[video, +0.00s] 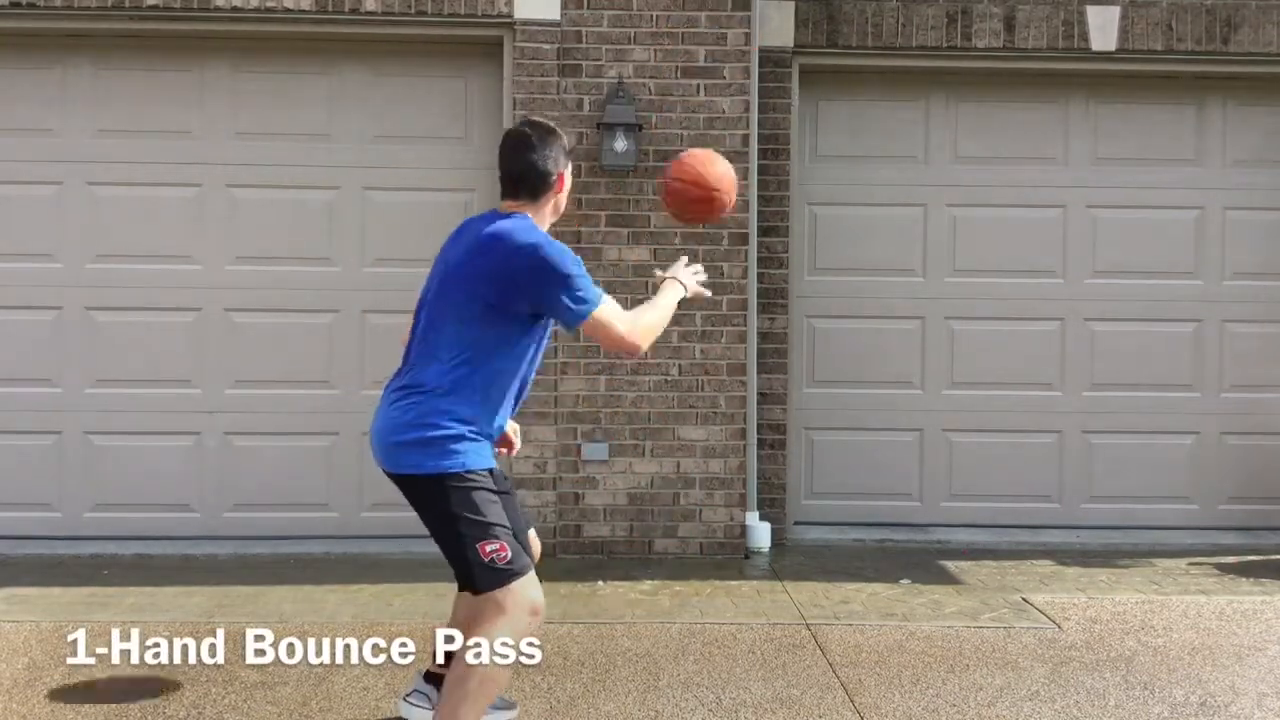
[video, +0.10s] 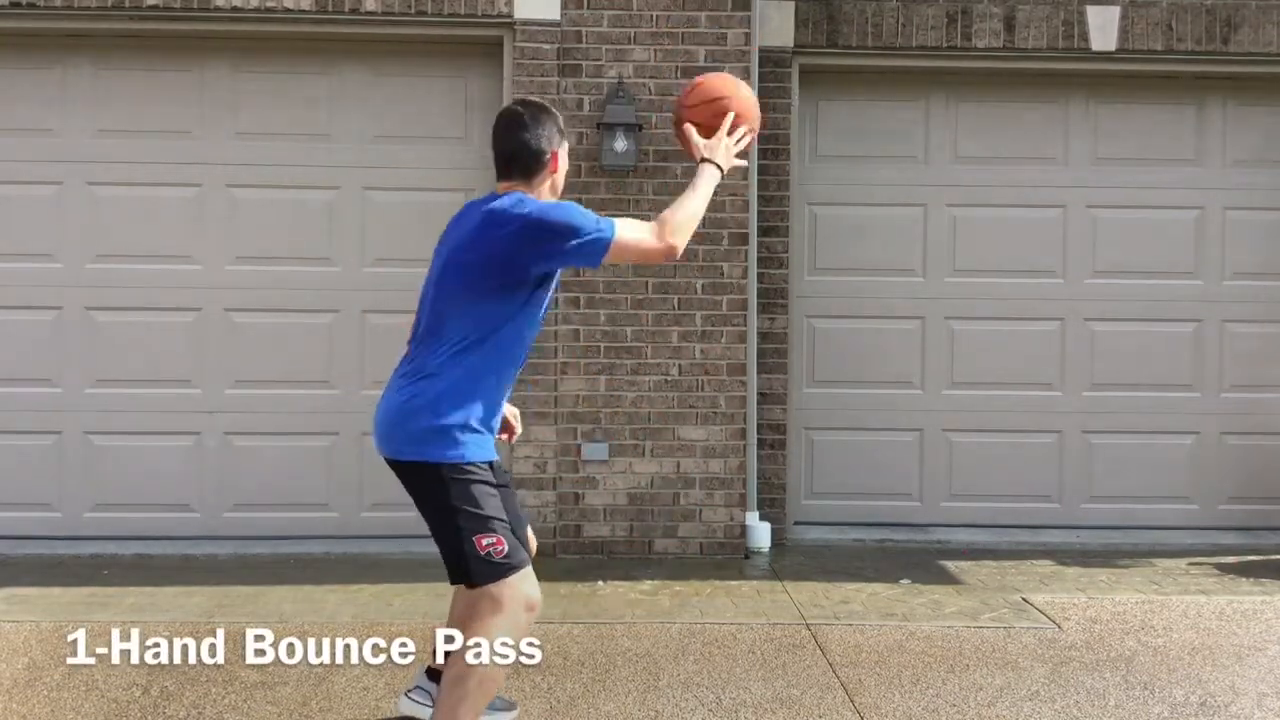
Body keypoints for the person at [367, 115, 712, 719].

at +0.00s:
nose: (570, 186)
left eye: (568, 176)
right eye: (570, 176)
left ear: (505, 176)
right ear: (561, 182)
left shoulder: (468, 235)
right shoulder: (539, 253)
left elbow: (425, 337)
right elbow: (630, 336)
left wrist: (487, 415)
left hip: (418, 427)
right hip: (441, 439)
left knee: (519, 547)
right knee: (518, 608)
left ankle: (439, 684)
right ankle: (456, 712)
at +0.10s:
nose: (569, 165)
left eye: (567, 155)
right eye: (567, 155)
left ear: (499, 161)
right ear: (555, 162)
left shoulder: (474, 215)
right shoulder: (532, 218)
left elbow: (437, 328)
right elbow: (664, 240)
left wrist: (486, 401)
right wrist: (709, 166)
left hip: (431, 421)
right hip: (441, 430)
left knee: (516, 547)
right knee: (514, 603)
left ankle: (443, 683)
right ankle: (454, 712)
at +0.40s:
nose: (584, 189)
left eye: (583, 178)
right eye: (585, 178)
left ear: (517, 175)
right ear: (572, 184)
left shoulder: (501, 232)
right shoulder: (508, 238)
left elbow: (426, 307)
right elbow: (608, 289)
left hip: (456, 430)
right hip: (434, 433)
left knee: (530, 551)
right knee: (504, 597)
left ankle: (440, 680)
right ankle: (449, 710)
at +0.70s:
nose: (588, 230)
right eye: (589, 221)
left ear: (522, 208)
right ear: (580, 227)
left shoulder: (470, 252)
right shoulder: (554, 318)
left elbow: (401, 331)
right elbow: (560, 407)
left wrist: (455, 369)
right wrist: (585, 417)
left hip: (395, 446)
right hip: (441, 459)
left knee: (527, 541)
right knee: (523, 620)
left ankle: (442, 683)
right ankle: (456, 710)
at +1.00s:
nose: (573, 204)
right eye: (574, 195)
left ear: (508, 190)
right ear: (567, 202)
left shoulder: (463, 245)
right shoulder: (542, 281)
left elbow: (399, 332)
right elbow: (569, 409)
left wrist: (450, 386)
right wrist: (622, 403)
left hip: (405, 441)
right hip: (444, 452)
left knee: (527, 545)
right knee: (528, 613)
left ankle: (441, 684)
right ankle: (457, 712)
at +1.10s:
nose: (565, 188)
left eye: (564, 179)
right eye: (565, 180)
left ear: (496, 180)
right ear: (557, 188)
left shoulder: (459, 236)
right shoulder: (536, 261)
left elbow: (401, 329)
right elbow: (603, 367)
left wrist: (450, 385)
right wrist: (644, 322)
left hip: (409, 437)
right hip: (448, 448)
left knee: (523, 548)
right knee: (528, 615)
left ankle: (438, 687)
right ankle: (459, 712)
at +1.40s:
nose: (553, 120)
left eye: (547, 110)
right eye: (551, 110)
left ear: (485, 122)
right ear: (539, 119)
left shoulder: (467, 182)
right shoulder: (534, 176)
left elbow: (421, 279)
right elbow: (669, 161)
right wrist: (738, 79)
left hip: (424, 398)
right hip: (453, 404)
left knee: (493, 574)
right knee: (491, 585)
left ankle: (441, 687)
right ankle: (448, 712)